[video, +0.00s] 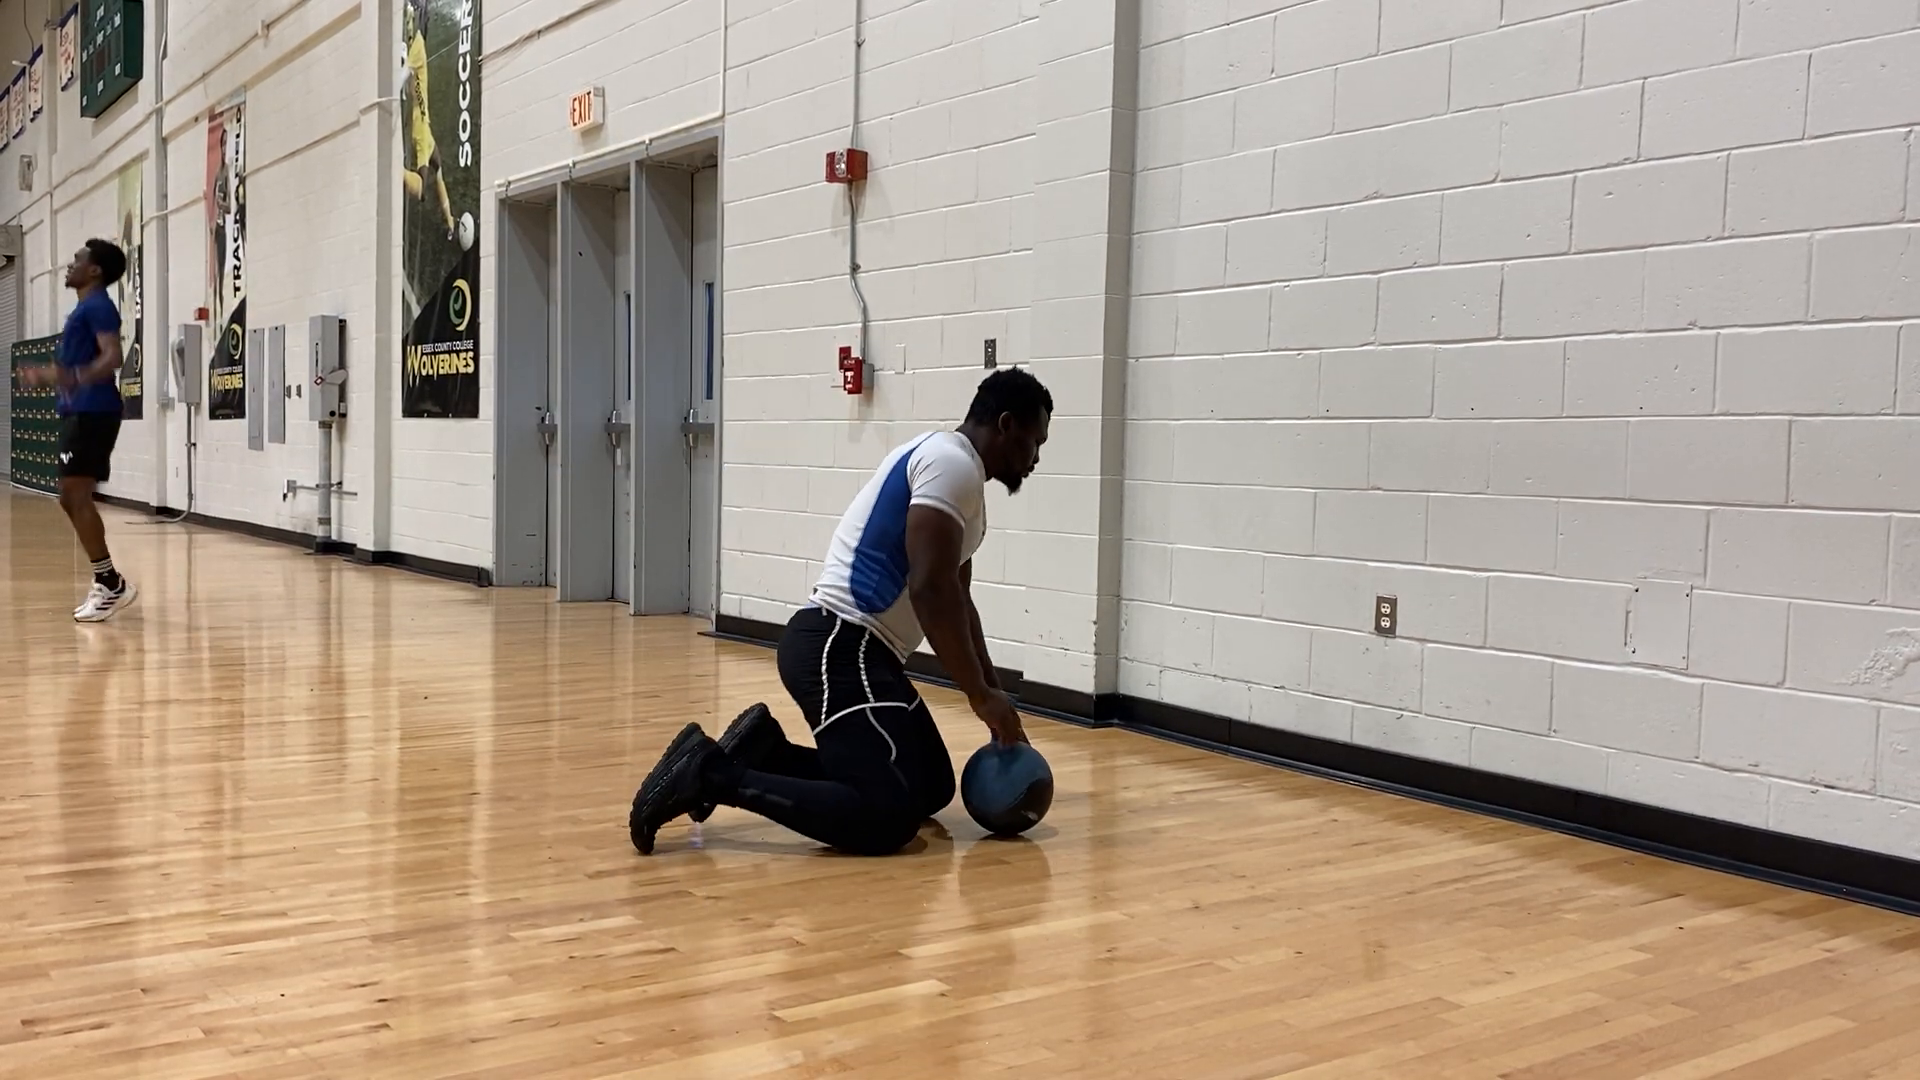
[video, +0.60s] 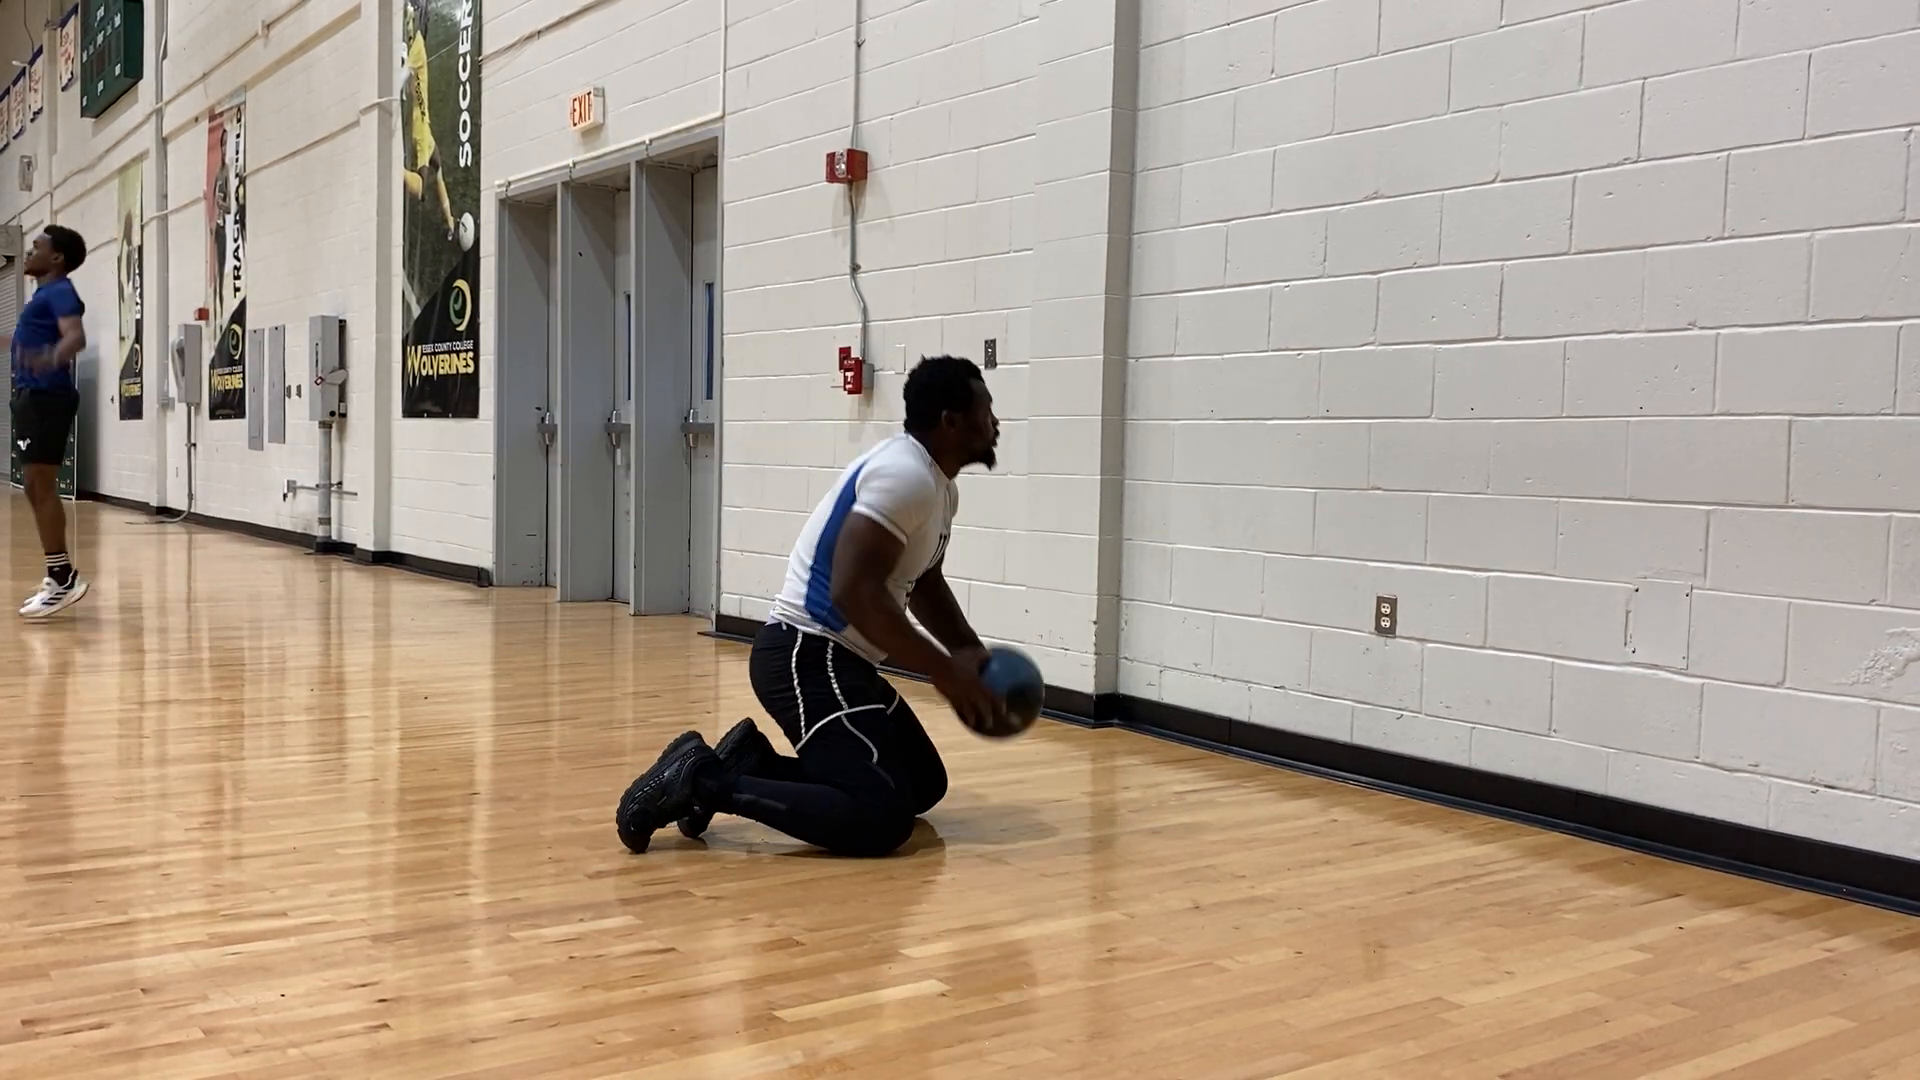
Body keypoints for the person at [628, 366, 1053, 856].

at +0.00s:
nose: (1037, 458)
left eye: (1041, 444)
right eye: (1037, 441)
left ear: (996, 424)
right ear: (1005, 425)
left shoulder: (961, 473)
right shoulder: (949, 460)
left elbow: (956, 593)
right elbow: (931, 589)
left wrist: (990, 691)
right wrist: (983, 697)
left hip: (860, 648)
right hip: (838, 644)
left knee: (930, 786)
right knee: (884, 822)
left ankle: (767, 754)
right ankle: (712, 776)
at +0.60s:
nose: (996, 421)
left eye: (991, 407)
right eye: (986, 409)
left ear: (948, 422)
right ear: (951, 421)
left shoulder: (939, 487)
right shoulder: (905, 475)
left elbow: (925, 582)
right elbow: (855, 592)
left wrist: (977, 662)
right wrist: (945, 671)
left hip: (841, 657)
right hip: (805, 655)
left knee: (921, 783)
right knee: (879, 821)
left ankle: (760, 766)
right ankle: (701, 780)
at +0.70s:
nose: (985, 404)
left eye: (981, 390)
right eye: (975, 392)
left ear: (941, 403)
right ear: (941, 401)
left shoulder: (931, 468)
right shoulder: (896, 448)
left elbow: (916, 562)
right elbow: (835, 548)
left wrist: (967, 626)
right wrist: (938, 612)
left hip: (852, 655)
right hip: (818, 651)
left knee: (924, 784)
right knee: (880, 820)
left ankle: (760, 765)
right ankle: (702, 781)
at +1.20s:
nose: (928, 358)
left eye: (918, 347)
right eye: (912, 352)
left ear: (884, 382)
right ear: (880, 382)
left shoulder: (907, 442)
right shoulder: (835, 447)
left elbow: (904, 538)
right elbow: (811, 555)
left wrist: (963, 550)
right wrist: (919, 535)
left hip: (871, 656)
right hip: (819, 652)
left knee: (924, 790)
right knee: (841, 830)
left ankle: (765, 762)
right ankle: (672, 763)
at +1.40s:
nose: (884, 372)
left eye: (878, 359)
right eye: (867, 366)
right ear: (820, 389)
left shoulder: (883, 428)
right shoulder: (786, 454)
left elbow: (901, 508)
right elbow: (731, 554)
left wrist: (942, 516)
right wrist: (852, 527)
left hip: (862, 659)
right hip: (802, 656)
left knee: (909, 790)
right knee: (841, 830)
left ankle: (743, 762)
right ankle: (674, 767)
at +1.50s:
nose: (857, 367)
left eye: (855, 353)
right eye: (837, 361)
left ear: (859, 347)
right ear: (790, 379)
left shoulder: (886, 423)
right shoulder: (762, 450)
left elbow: (954, 500)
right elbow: (674, 542)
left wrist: (934, 504)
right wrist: (793, 526)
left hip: (855, 657)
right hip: (796, 654)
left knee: (889, 793)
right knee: (837, 831)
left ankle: (717, 755)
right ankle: (667, 765)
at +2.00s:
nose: (844, 346)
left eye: (842, 334)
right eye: (828, 335)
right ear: (778, 345)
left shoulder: (839, 423)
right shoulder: (742, 425)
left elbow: (880, 522)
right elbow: (708, 534)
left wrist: (919, 494)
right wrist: (828, 494)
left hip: (825, 648)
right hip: (783, 649)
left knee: (848, 804)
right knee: (834, 832)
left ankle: (679, 755)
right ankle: (662, 769)